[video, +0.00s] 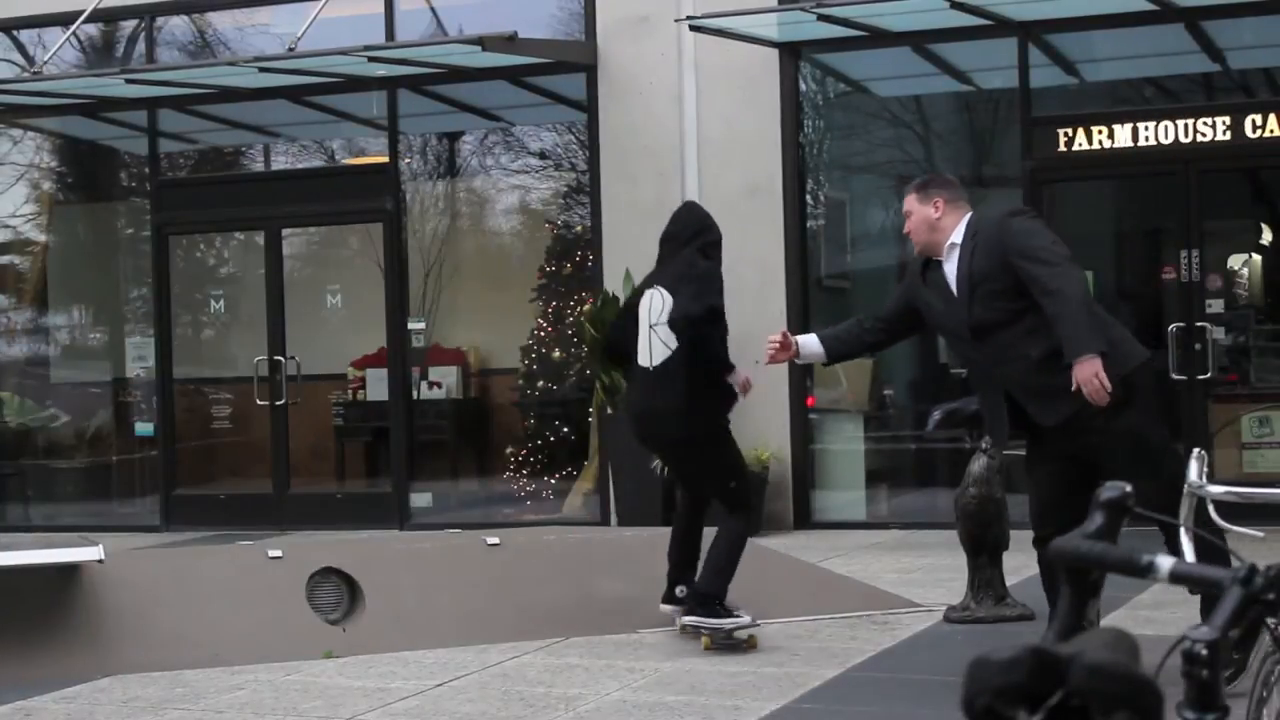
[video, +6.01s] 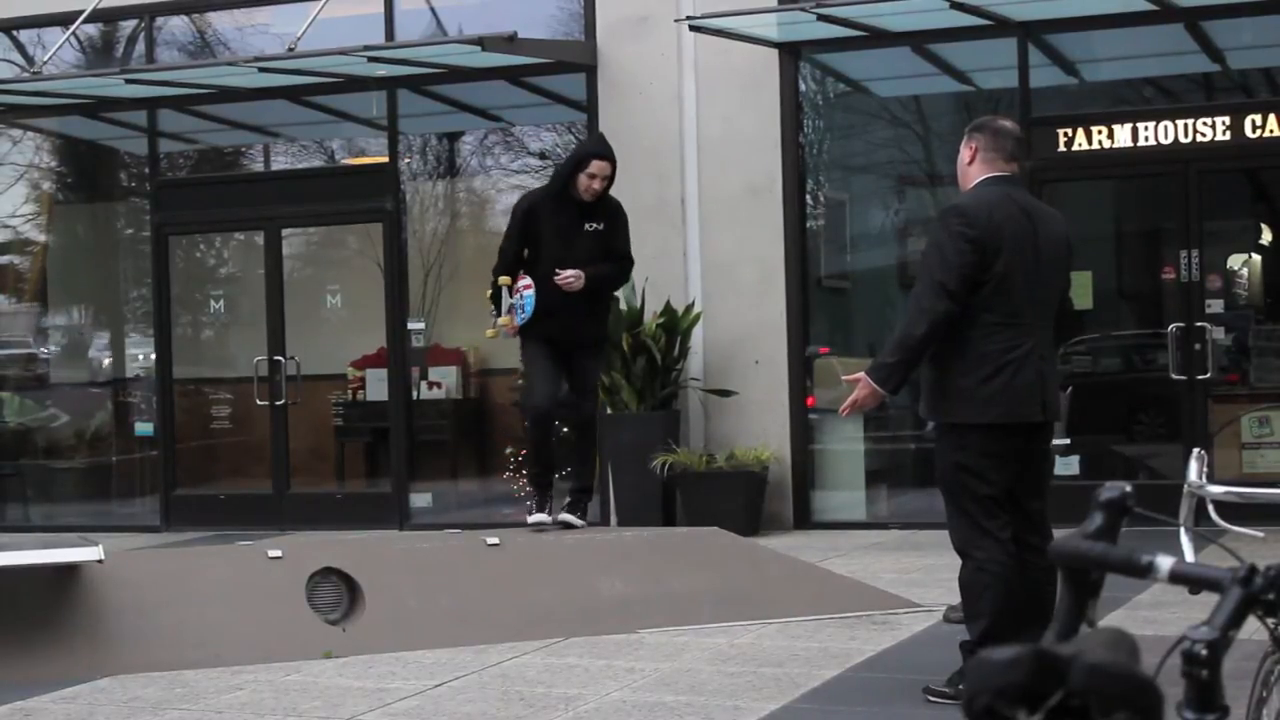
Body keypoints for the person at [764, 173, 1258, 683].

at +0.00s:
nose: (903, 227)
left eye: (908, 215)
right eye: (902, 218)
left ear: (940, 206)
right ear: (930, 213)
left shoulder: (1007, 229)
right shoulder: (926, 280)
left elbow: (1060, 283)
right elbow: (880, 329)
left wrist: (1083, 352)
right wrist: (805, 347)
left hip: (1106, 388)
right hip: (1050, 418)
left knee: (1169, 501)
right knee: (1054, 536)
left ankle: (1231, 603)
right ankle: (1067, 650)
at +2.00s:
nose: (951, 166)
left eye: (953, 157)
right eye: (955, 158)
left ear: (963, 156)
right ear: (1011, 160)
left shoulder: (955, 220)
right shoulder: (1045, 221)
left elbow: (925, 311)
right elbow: (1060, 315)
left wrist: (877, 379)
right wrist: (1020, 348)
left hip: (970, 409)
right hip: (1032, 406)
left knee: (981, 540)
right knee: (1028, 532)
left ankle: (987, 673)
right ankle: (1032, 666)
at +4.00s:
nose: (957, 166)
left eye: (959, 157)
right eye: (960, 158)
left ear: (969, 155)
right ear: (1020, 163)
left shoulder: (963, 215)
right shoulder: (1049, 221)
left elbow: (928, 307)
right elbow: (1065, 317)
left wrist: (877, 375)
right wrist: (1021, 349)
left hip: (972, 407)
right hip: (1033, 407)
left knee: (982, 539)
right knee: (1029, 533)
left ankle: (987, 674)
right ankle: (1032, 667)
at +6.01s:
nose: (956, 165)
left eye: (958, 155)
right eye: (959, 156)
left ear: (971, 153)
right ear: (1019, 161)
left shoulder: (965, 217)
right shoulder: (1048, 221)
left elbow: (931, 308)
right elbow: (1065, 317)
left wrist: (882, 376)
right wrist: (1023, 350)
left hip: (973, 408)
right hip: (1032, 407)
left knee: (981, 538)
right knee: (1027, 532)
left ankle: (986, 674)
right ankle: (1028, 667)